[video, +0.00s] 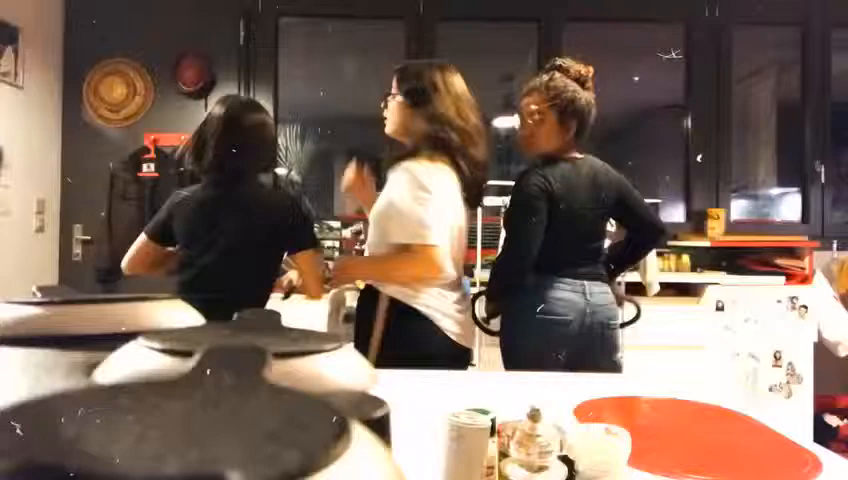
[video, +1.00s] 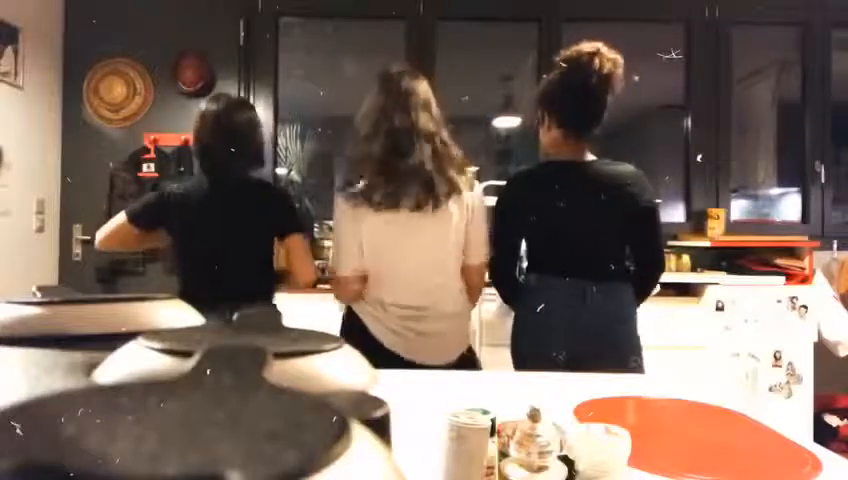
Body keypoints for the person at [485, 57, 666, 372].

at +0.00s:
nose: (522, 130)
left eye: (534, 120)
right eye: (522, 120)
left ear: (568, 126)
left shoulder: (536, 179)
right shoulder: (603, 174)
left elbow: (519, 255)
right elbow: (651, 230)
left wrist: (495, 295)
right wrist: (604, 268)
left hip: (545, 298)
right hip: (600, 297)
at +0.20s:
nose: (520, 123)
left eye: (530, 114)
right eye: (522, 112)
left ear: (560, 125)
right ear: (563, 126)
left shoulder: (530, 181)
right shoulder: (610, 175)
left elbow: (513, 257)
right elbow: (651, 237)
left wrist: (503, 299)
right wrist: (611, 274)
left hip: (545, 298)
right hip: (604, 296)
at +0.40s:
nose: (525, 128)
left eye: (531, 119)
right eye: (528, 118)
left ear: (549, 124)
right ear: (590, 125)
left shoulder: (522, 188)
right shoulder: (622, 185)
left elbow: (505, 273)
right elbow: (635, 265)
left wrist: (519, 316)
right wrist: (606, 291)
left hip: (537, 311)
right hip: (605, 310)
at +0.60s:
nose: (536, 129)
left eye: (537, 120)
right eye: (536, 120)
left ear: (550, 120)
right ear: (595, 119)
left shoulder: (523, 184)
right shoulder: (626, 179)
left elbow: (504, 269)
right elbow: (645, 262)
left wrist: (526, 311)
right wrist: (619, 299)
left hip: (543, 308)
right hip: (611, 309)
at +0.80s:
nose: (539, 132)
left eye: (540, 122)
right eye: (540, 122)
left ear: (548, 125)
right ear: (595, 124)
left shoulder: (525, 189)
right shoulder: (629, 186)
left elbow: (502, 271)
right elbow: (655, 267)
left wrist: (525, 311)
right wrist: (622, 310)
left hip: (541, 309)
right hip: (607, 310)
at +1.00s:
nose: (539, 128)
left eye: (540, 119)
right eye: (542, 119)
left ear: (546, 119)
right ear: (596, 120)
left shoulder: (522, 186)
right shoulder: (629, 182)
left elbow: (502, 269)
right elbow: (651, 264)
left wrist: (529, 302)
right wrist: (622, 302)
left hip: (543, 305)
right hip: (611, 306)